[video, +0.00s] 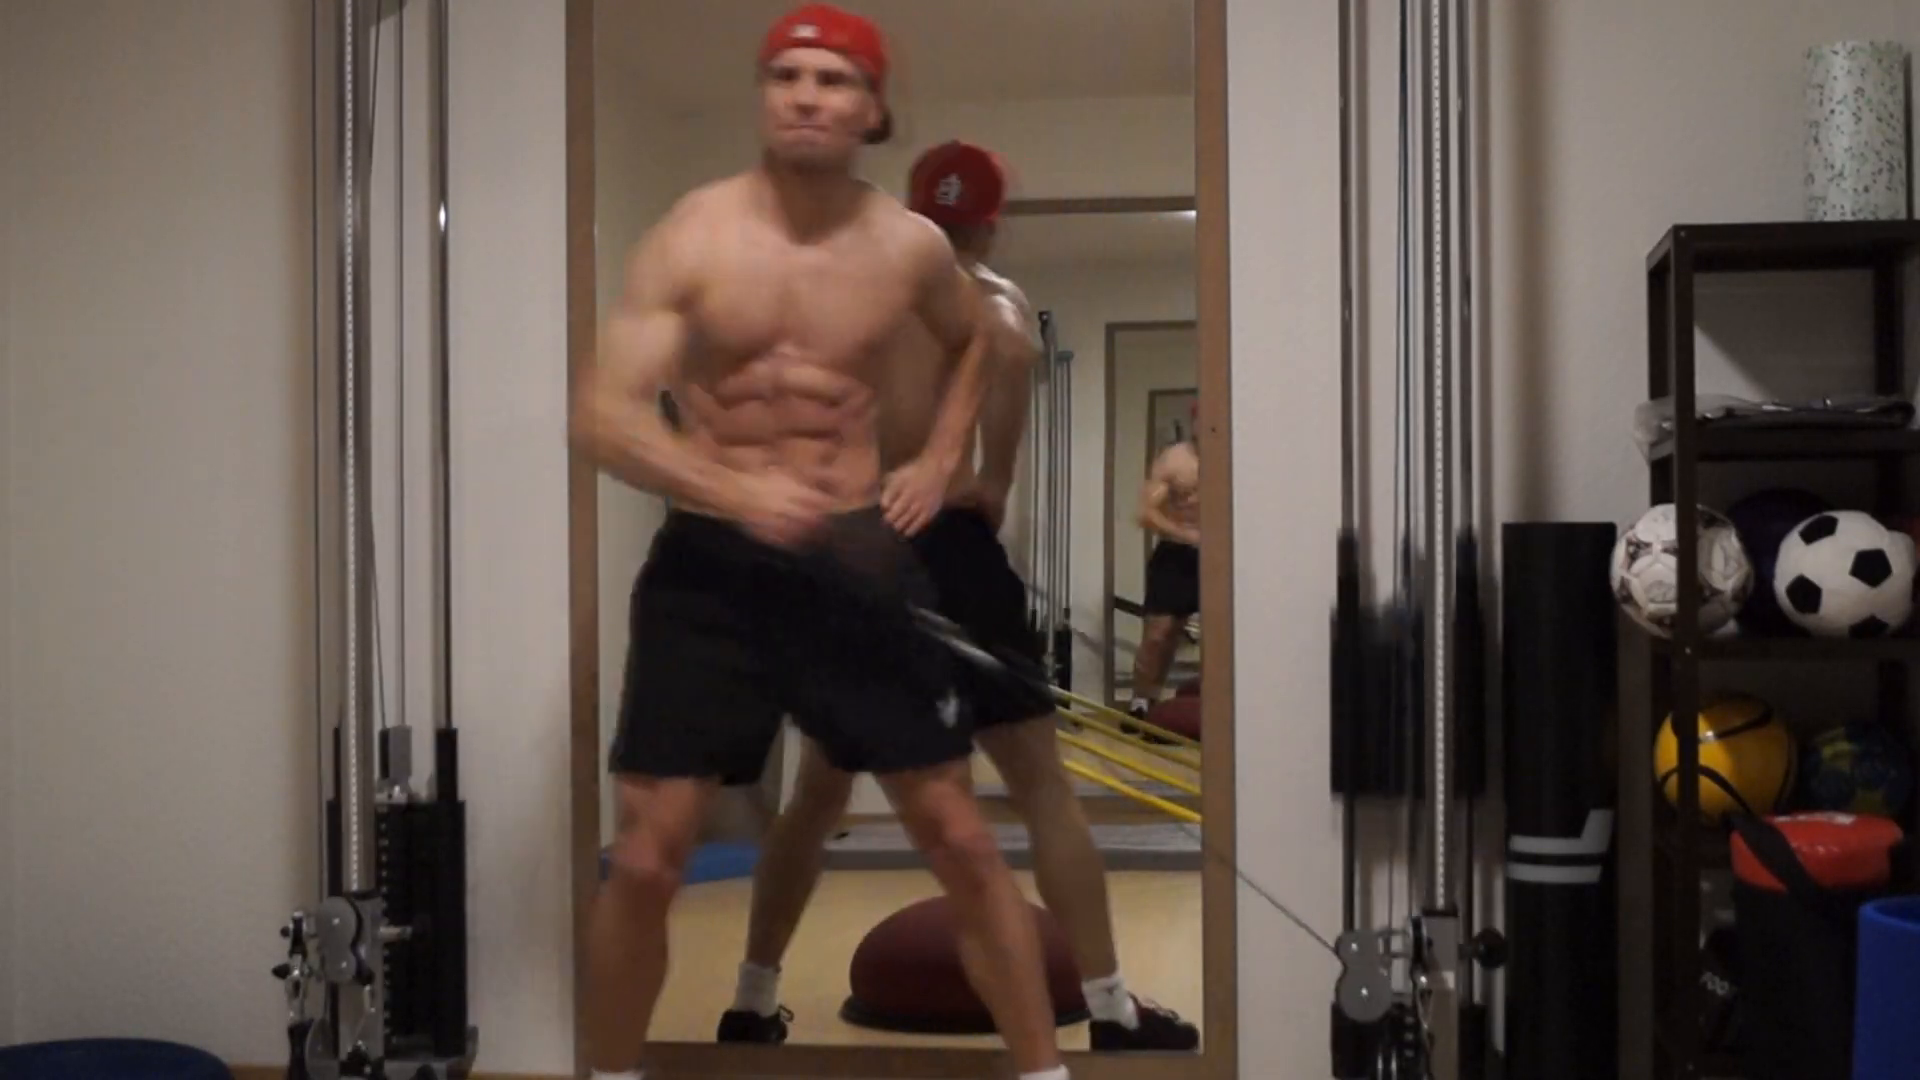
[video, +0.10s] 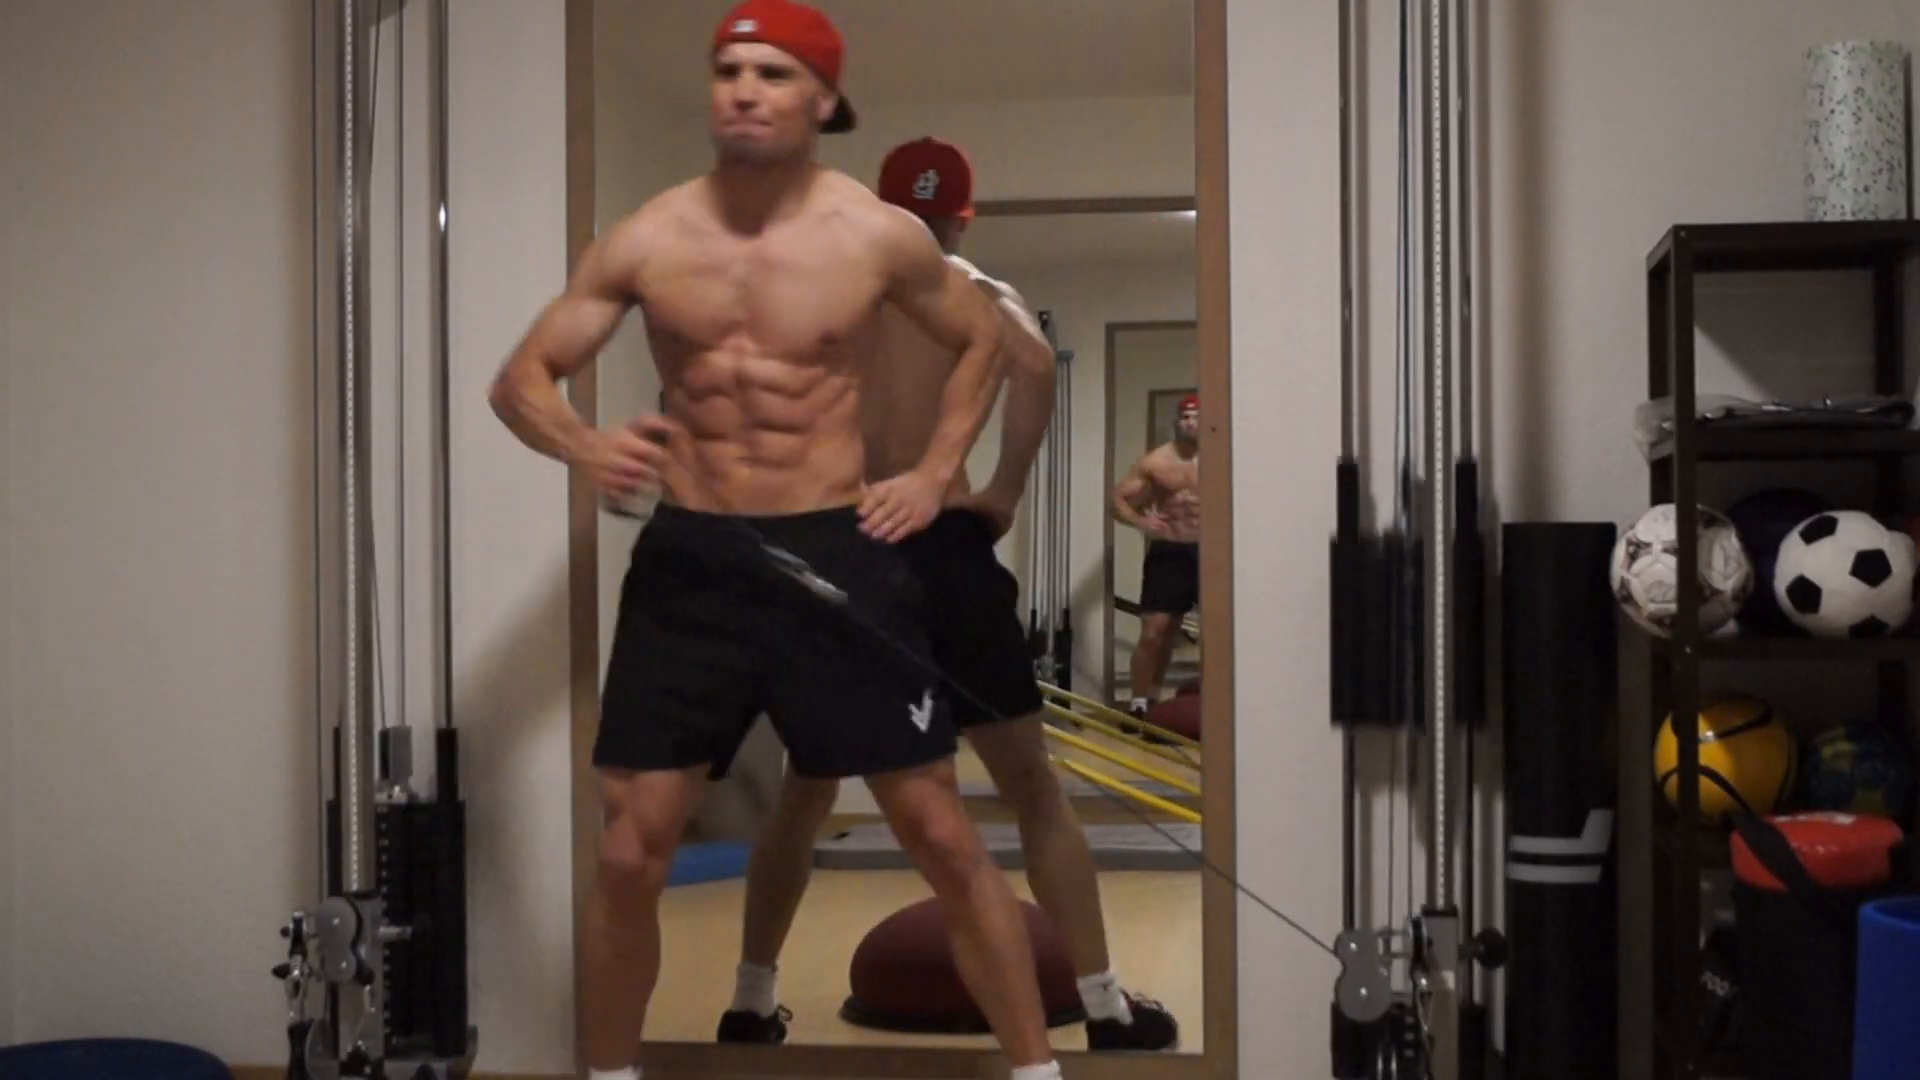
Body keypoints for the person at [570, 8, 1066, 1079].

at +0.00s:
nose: (803, 97)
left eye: (832, 82)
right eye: (785, 79)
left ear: (873, 116)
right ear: (759, 103)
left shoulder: (911, 248)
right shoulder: (692, 236)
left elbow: (975, 341)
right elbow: (602, 415)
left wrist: (939, 460)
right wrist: (735, 487)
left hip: (860, 570)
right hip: (711, 571)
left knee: (961, 839)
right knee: (646, 860)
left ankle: (1044, 1072)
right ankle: (607, 1075)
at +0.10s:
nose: (744, 92)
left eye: (773, 76)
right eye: (728, 74)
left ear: (825, 102)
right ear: (707, 95)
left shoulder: (879, 235)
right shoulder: (646, 237)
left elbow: (988, 338)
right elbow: (519, 381)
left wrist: (935, 469)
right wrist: (580, 444)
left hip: (839, 566)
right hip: (689, 568)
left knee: (942, 838)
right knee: (627, 853)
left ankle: (1038, 1069)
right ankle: (609, 1075)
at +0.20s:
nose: (690, 96)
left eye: (721, 78)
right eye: (680, 74)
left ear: (779, 100)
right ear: (664, 89)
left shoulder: (842, 223)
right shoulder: (628, 237)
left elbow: (993, 328)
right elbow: (517, 344)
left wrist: (930, 471)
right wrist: (514, 375)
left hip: (819, 561)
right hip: (678, 559)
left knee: (915, 841)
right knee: (615, 846)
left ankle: (1010, 1071)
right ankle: (609, 1074)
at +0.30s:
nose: (684, 95)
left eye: (714, 77)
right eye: (675, 73)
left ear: (774, 98)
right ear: (660, 88)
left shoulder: (838, 219)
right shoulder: (632, 233)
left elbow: (997, 330)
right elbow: (512, 331)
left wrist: (930, 474)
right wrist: (519, 370)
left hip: (818, 558)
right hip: (680, 553)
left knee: (910, 842)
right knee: (616, 843)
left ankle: (1008, 1071)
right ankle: (609, 1075)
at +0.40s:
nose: (715, 89)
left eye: (746, 71)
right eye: (704, 67)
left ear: (804, 94)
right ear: (686, 83)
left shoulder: (863, 220)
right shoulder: (649, 228)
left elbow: (1009, 333)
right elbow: (520, 352)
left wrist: (942, 476)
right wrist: (584, 407)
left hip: (837, 561)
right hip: (691, 558)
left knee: (924, 843)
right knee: (626, 844)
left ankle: (1004, 1070)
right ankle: (610, 1074)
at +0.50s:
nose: (761, 90)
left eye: (791, 71)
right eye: (746, 67)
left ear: (842, 97)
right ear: (724, 86)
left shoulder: (900, 225)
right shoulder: (672, 228)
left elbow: (1015, 337)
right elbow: (549, 380)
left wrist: (958, 474)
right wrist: (669, 439)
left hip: (858, 559)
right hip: (709, 560)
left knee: (943, 843)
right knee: (643, 849)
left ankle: (1013, 1072)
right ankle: (612, 1073)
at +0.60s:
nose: (854, 103)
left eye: (879, 85)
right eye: (833, 77)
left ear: (902, 109)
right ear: (789, 89)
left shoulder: (932, 230)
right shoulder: (722, 224)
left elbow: (987, 351)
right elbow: (653, 413)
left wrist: (964, 477)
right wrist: (812, 488)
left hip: (886, 549)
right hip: (737, 552)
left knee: (966, 837)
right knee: (667, 848)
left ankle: (1018, 1071)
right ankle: (613, 1073)